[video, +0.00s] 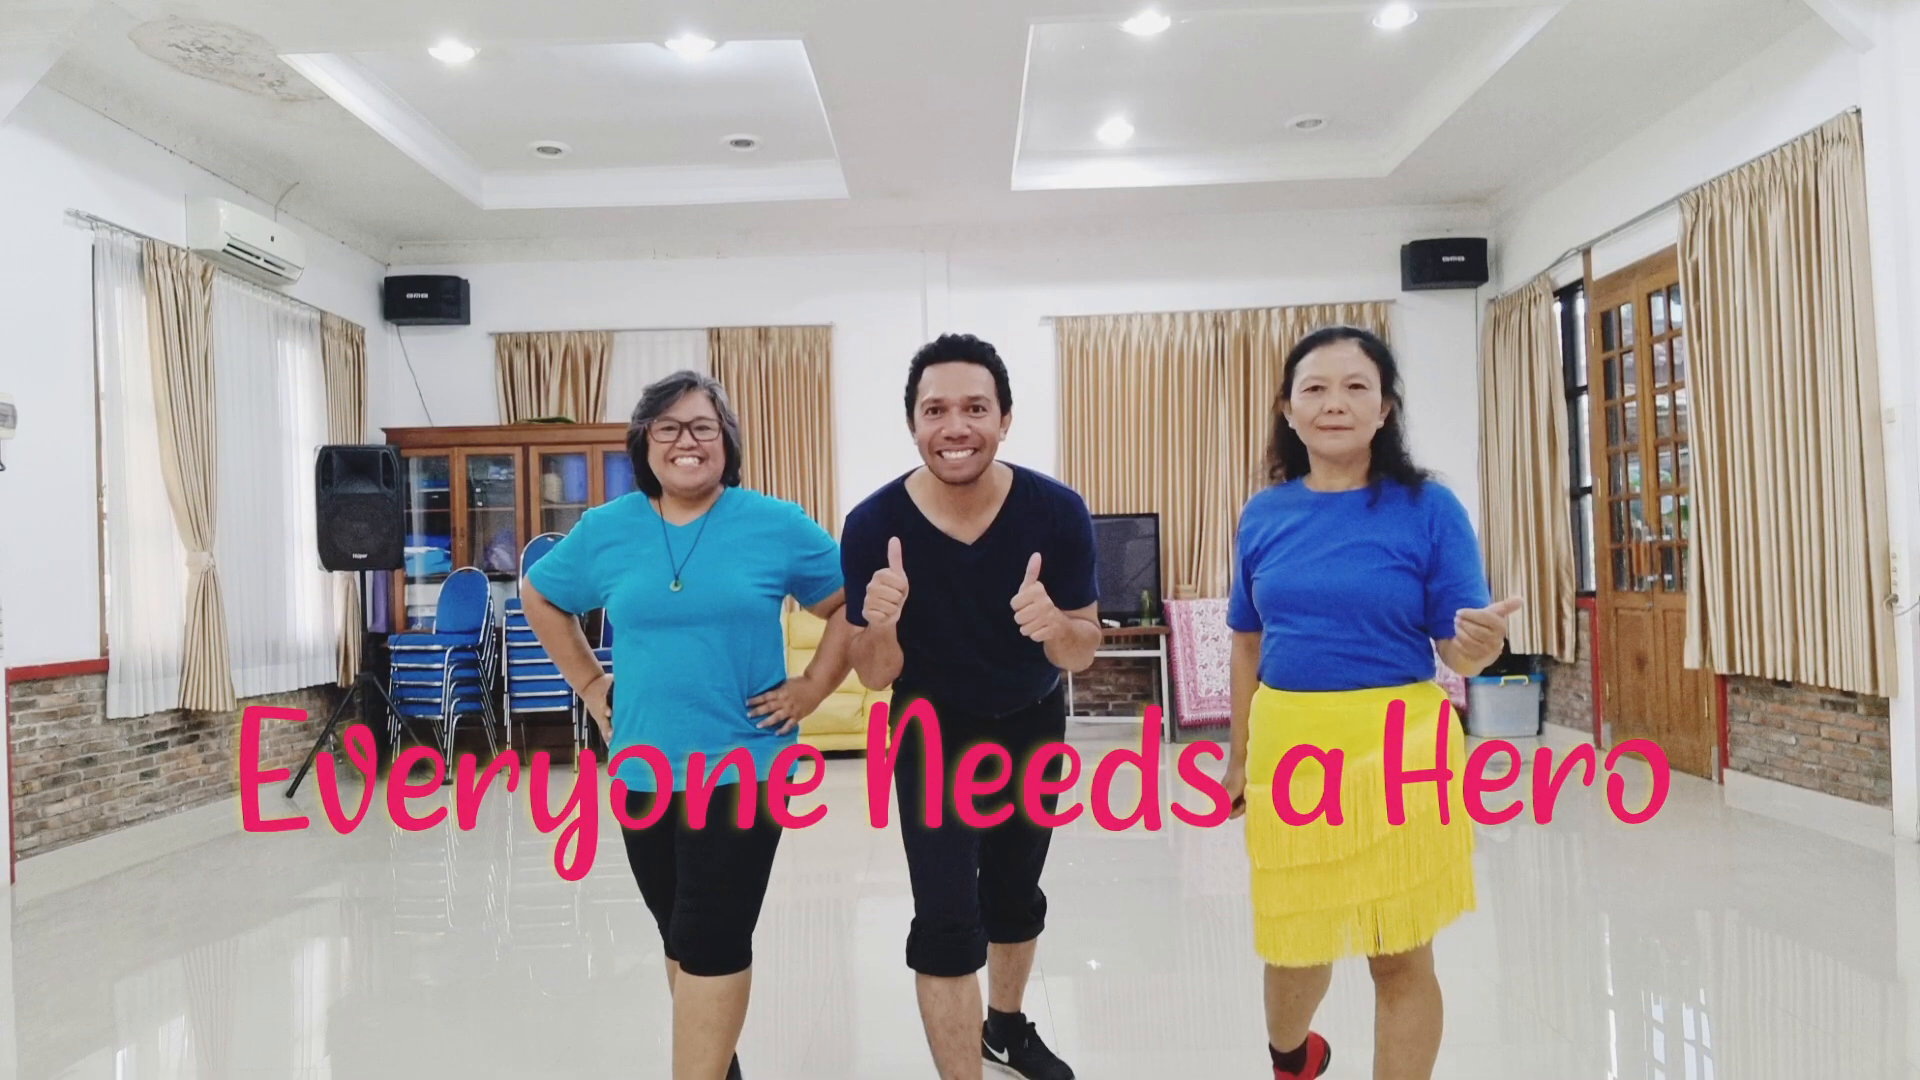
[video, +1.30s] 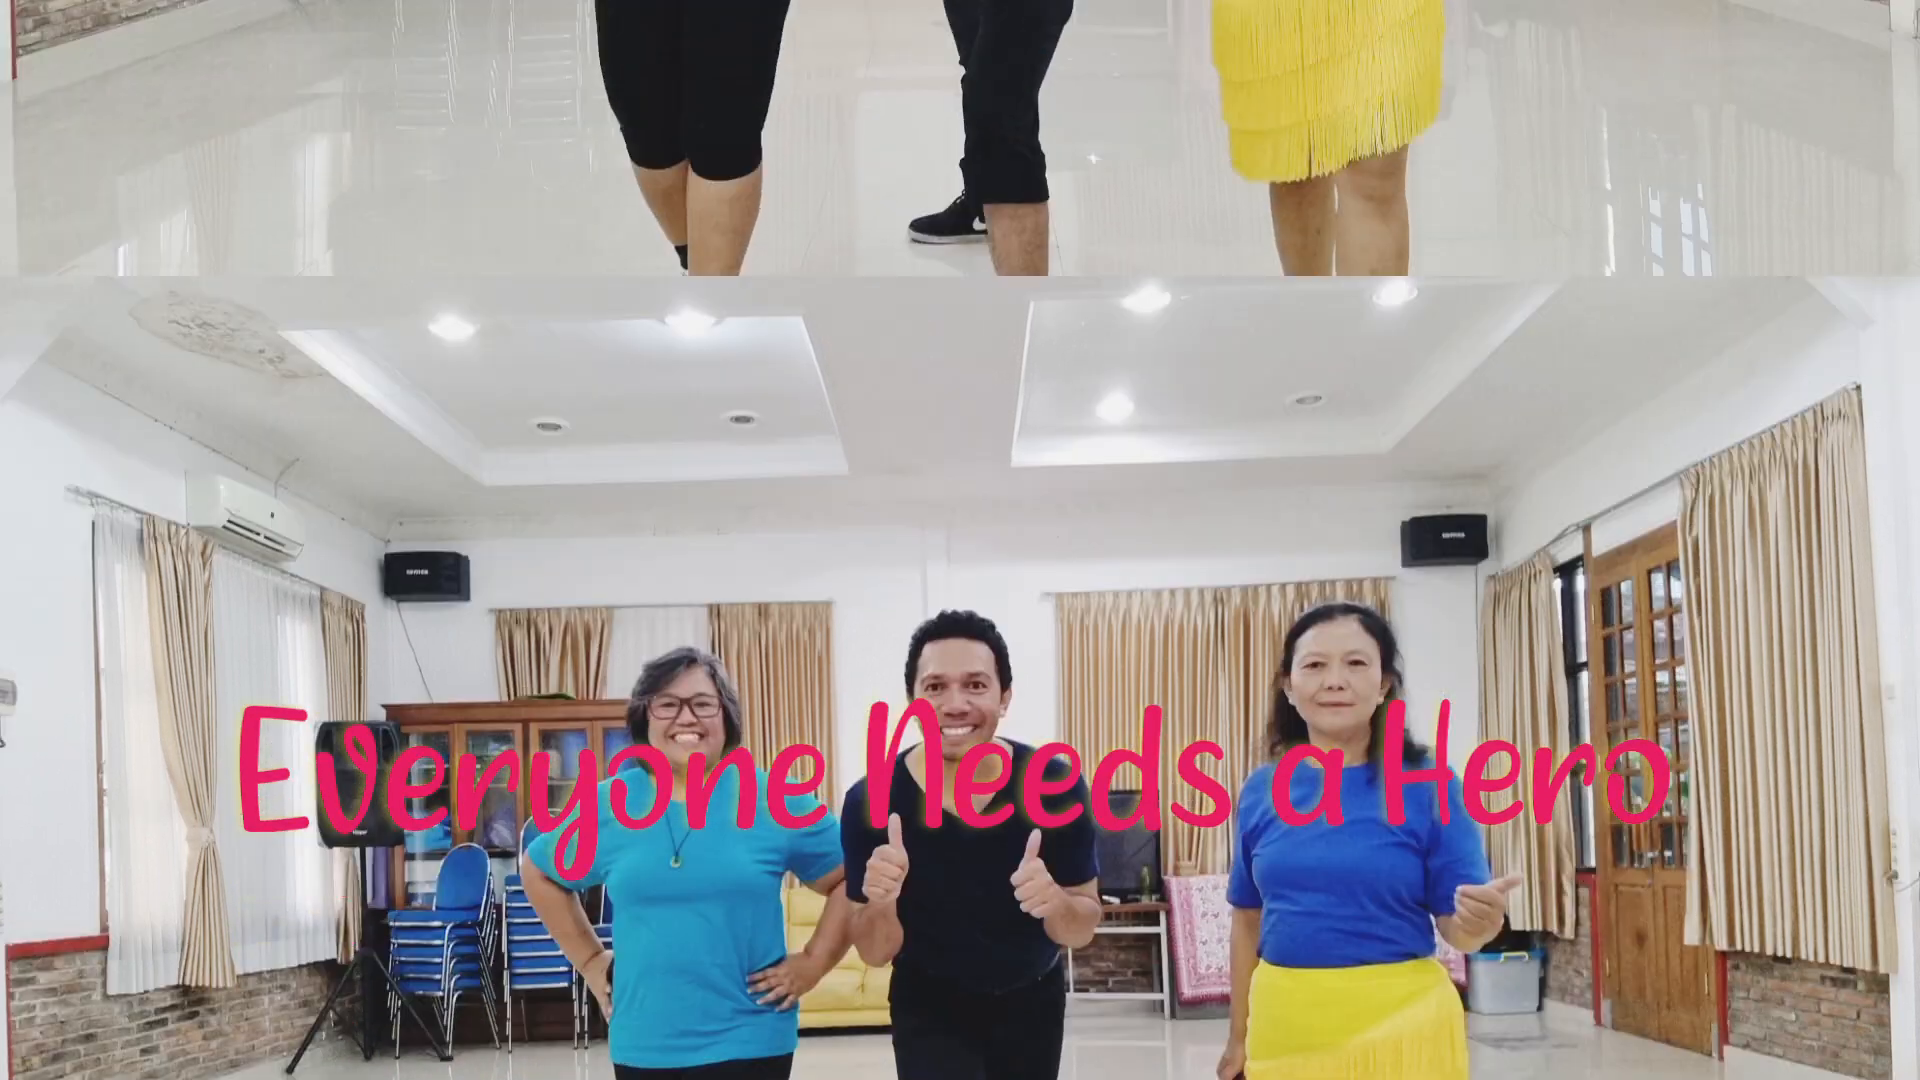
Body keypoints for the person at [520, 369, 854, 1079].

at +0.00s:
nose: (687, 441)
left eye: (703, 428)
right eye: (670, 429)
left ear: (727, 443)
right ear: (644, 446)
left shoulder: (778, 527)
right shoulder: (605, 530)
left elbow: (854, 606)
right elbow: (537, 594)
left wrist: (813, 686)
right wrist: (591, 682)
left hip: (746, 773)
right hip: (643, 775)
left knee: (709, 947)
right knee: (683, 945)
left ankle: (696, 1079)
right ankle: (722, 1070)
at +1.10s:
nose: (687, 476)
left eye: (703, 463)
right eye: (670, 464)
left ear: (727, 478)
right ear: (645, 482)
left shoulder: (778, 560)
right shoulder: (607, 564)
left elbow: (853, 642)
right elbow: (538, 630)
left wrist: (811, 721)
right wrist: (592, 718)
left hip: (743, 811)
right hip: (643, 813)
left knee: (706, 982)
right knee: (685, 982)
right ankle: (706, 1076)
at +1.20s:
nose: (688, 556)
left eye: (703, 543)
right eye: (670, 544)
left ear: (727, 557)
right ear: (645, 561)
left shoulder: (778, 642)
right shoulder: (606, 646)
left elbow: (850, 719)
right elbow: (539, 706)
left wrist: (813, 804)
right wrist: (589, 795)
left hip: (745, 890)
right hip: (642, 895)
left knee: (703, 1061)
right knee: (688, 1062)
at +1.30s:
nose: (687, 716)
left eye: (703, 704)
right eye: (669, 704)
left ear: (727, 716)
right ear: (645, 716)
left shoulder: (769, 801)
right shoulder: (614, 803)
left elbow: (853, 875)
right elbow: (539, 869)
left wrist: (815, 960)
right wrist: (592, 961)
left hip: (748, 1044)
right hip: (644, 1046)